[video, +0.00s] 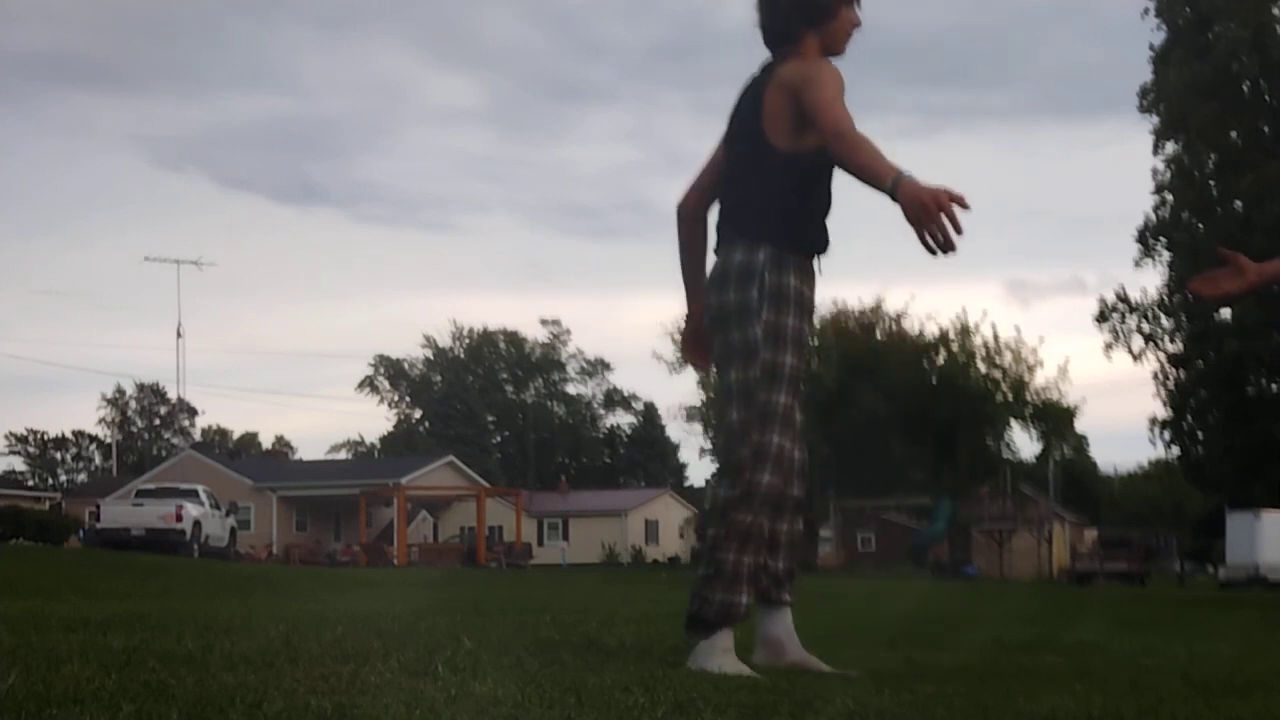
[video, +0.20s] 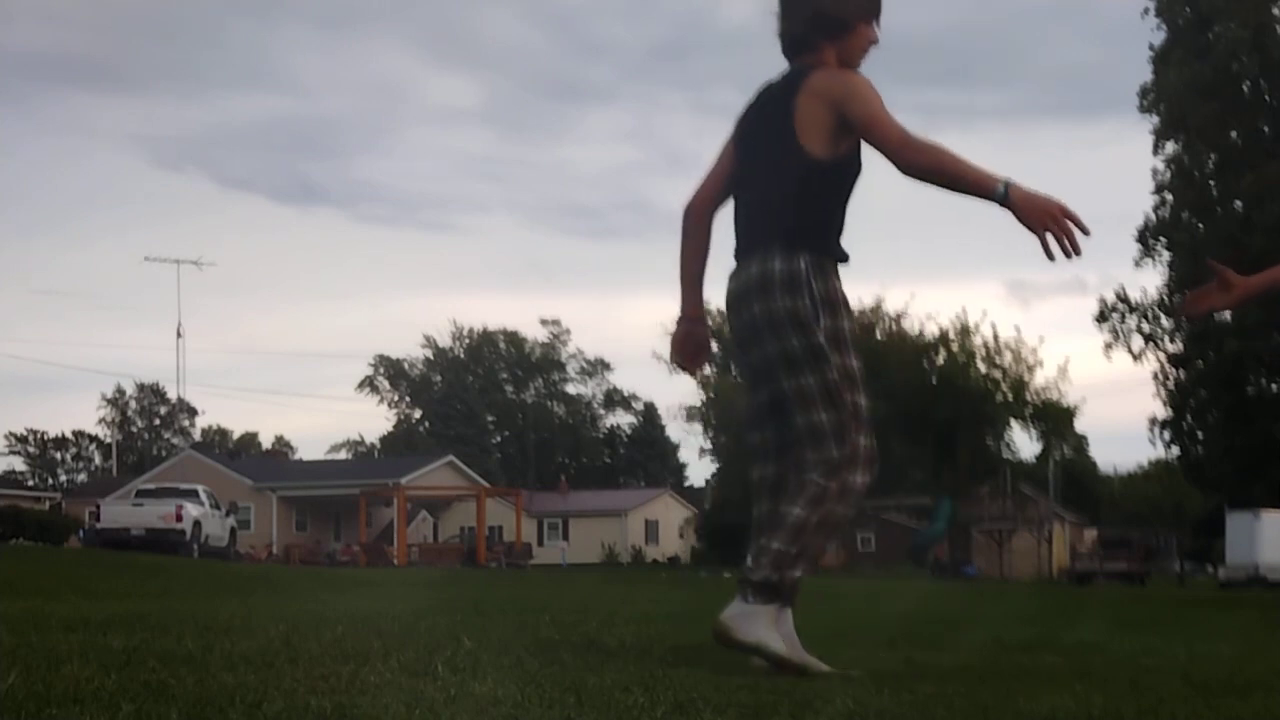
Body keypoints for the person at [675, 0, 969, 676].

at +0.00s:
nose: (857, 16)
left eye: (855, 6)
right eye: (849, 6)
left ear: (792, 20)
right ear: (819, 15)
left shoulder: (760, 91)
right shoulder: (813, 72)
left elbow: (692, 206)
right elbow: (835, 136)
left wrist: (696, 306)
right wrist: (903, 185)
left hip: (742, 276)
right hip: (769, 273)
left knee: (782, 454)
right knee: (759, 455)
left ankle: (775, 634)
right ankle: (711, 643)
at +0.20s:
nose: (875, 37)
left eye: (875, 25)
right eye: (869, 23)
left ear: (804, 33)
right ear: (837, 26)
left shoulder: (762, 106)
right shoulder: (840, 86)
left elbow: (698, 209)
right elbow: (910, 155)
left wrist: (691, 310)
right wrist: (1013, 194)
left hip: (748, 290)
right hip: (797, 285)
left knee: (789, 453)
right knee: (845, 450)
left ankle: (774, 619)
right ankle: (757, 603)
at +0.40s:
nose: (911, 45)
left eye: (911, 31)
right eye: (905, 31)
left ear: (840, 38)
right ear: (872, 34)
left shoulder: (789, 110)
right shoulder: (885, 98)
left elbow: (726, 211)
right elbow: (974, 181)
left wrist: (727, 313)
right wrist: (1077, 232)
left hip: (778, 295)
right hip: (837, 288)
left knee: (801, 460)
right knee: (884, 461)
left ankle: (777, 634)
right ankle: (896, 643)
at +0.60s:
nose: (962, 63)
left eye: (964, 50)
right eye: (960, 49)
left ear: (883, 43)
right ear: (934, 47)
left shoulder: (829, 120)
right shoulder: (934, 118)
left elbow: (768, 220)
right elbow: (1009, 222)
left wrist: (786, 316)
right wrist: (1101, 290)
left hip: (826, 302)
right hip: (890, 294)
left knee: (851, 470)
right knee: (932, 466)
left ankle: (788, 630)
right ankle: (937, 654)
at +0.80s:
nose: (1005, 66)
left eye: (1010, 54)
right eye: (1007, 53)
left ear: (935, 36)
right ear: (988, 49)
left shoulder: (876, 107)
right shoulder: (974, 117)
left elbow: (815, 210)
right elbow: (1043, 225)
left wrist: (841, 311)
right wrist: (1129, 292)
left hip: (854, 294)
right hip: (911, 292)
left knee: (888, 465)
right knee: (952, 473)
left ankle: (810, 614)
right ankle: (940, 656)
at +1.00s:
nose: (1036, 63)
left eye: (1041, 51)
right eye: (1037, 49)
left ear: (966, 33)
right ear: (1013, 45)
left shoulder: (902, 100)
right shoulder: (995, 118)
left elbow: (835, 199)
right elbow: (1066, 228)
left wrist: (864, 281)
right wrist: (1155, 297)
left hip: (870, 289)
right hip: (921, 290)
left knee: (897, 458)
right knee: (953, 468)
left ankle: (856, 624)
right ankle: (942, 656)